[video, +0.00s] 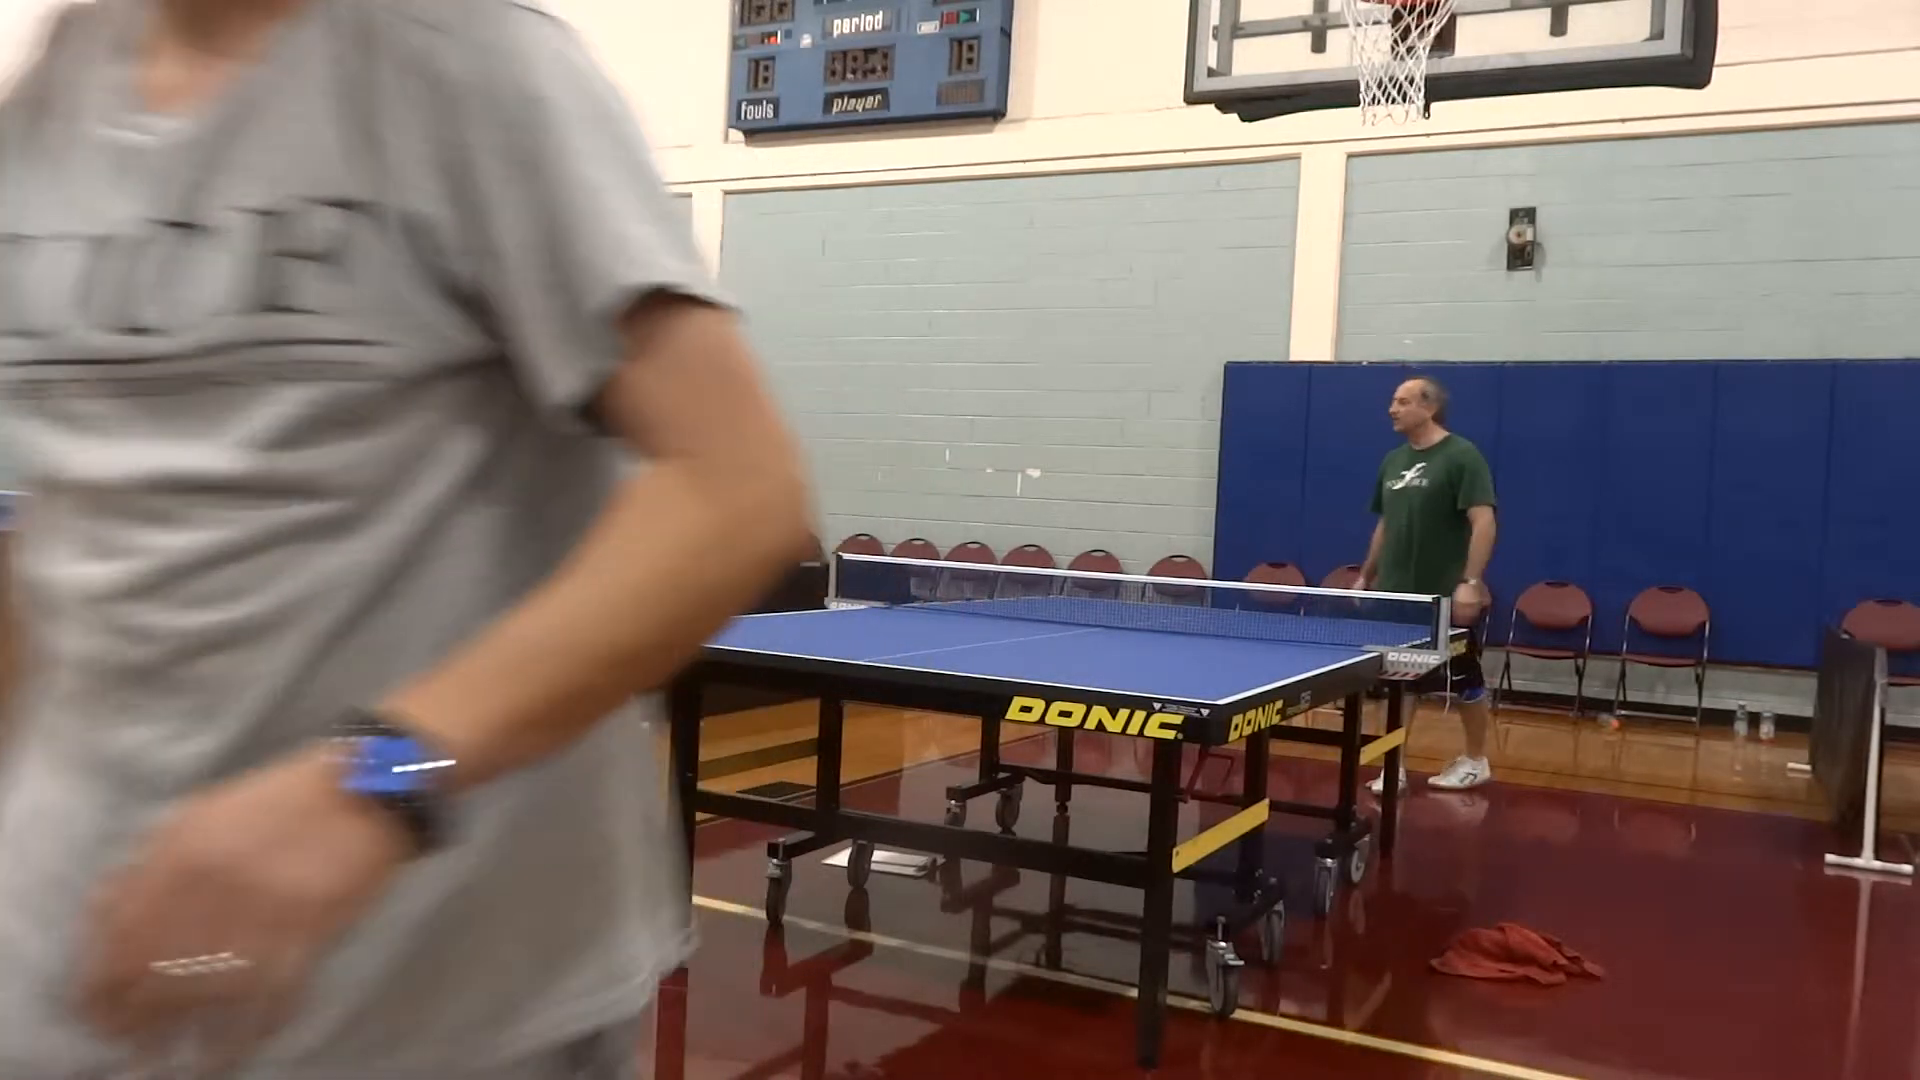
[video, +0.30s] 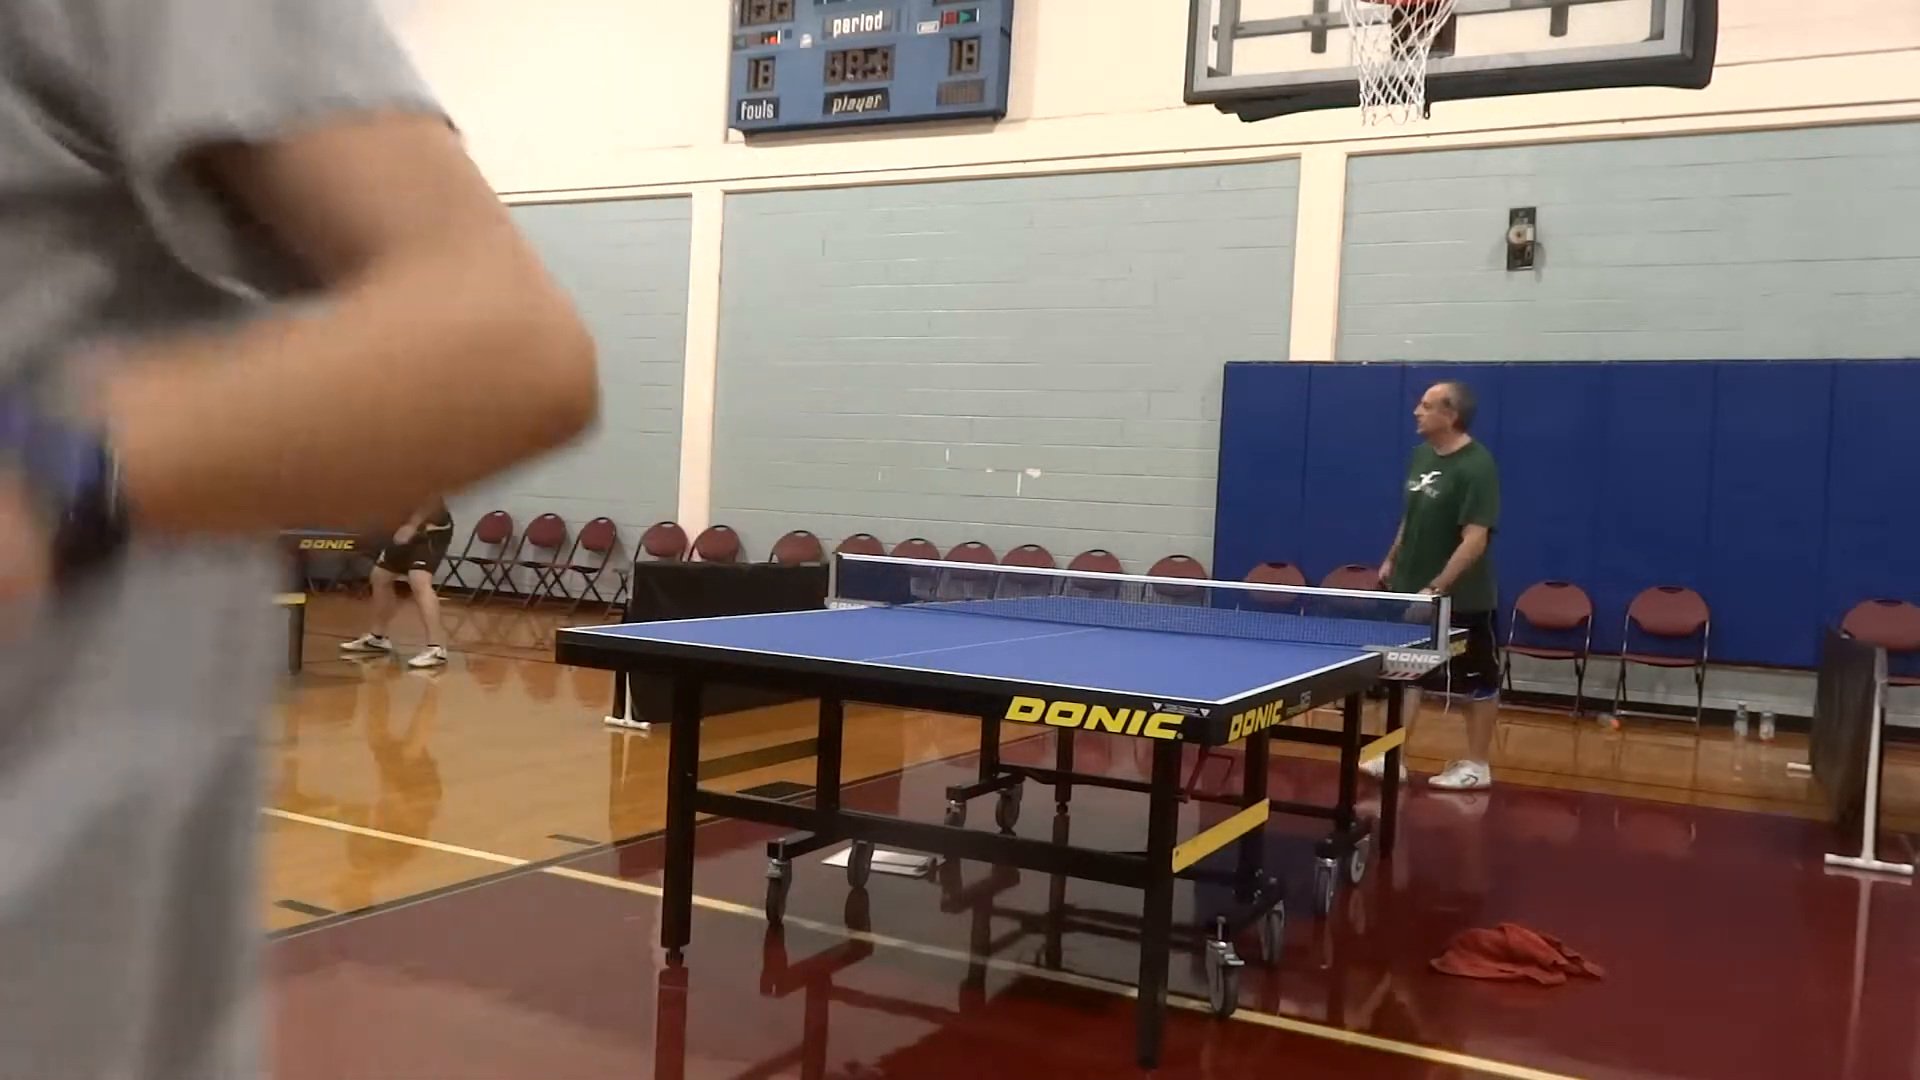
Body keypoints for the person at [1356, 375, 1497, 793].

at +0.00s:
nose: (1393, 409)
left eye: (1403, 402)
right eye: (1394, 402)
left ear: (1429, 409)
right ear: (1401, 409)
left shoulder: (1462, 456)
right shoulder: (1394, 459)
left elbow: (1484, 523)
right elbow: (1386, 525)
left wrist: (1472, 582)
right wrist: (1365, 574)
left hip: (1446, 600)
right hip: (1395, 598)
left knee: (1467, 684)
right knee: (1399, 686)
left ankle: (1476, 760)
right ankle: (1393, 767)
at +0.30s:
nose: (1417, 411)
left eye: (1426, 407)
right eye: (1419, 404)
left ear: (1452, 417)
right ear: (1436, 415)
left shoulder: (1478, 465)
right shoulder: (1421, 454)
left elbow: (1475, 539)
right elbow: (1412, 517)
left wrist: (1436, 589)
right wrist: (1391, 559)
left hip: (1466, 601)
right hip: (1414, 595)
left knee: (1479, 686)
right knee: (1406, 679)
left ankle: (1477, 764)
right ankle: (1392, 757)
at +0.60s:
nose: (1415, 410)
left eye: (1424, 404)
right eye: (1419, 403)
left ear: (1447, 414)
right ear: (1443, 414)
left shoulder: (1472, 463)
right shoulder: (1431, 457)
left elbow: (1484, 536)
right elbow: (1427, 528)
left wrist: (1482, 597)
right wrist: (1413, 584)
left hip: (1455, 596)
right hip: (1420, 591)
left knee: (1471, 680)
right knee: (1421, 670)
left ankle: (1477, 764)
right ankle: (1420, 743)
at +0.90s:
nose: (1407, 415)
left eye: (1412, 409)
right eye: (1410, 408)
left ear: (1427, 417)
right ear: (1437, 418)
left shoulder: (1444, 460)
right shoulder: (1440, 457)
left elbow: (1445, 526)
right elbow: (1445, 527)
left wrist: (1432, 583)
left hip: (1433, 592)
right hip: (1419, 591)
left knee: (1447, 673)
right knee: (1423, 672)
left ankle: (1464, 753)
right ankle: (1425, 747)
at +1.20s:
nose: (1398, 427)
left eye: (1399, 421)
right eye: (1400, 420)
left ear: (1406, 424)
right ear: (1435, 426)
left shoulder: (1416, 461)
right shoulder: (1452, 462)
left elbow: (1403, 518)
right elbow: (1445, 528)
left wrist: (1362, 559)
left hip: (1411, 585)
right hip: (1440, 584)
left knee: (1413, 667)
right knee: (1430, 668)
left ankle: (1415, 743)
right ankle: (1427, 745)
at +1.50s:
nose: (1383, 432)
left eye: (1383, 427)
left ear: (1386, 428)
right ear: (1419, 429)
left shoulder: (1379, 464)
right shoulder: (1444, 468)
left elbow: (1363, 524)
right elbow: (1457, 530)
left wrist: (1351, 572)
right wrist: (1454, 572)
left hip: (1386, 587)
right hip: (1434, 588)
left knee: (1362, 653)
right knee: (1429, 667)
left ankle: (1335, 708)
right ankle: (1427, 744)